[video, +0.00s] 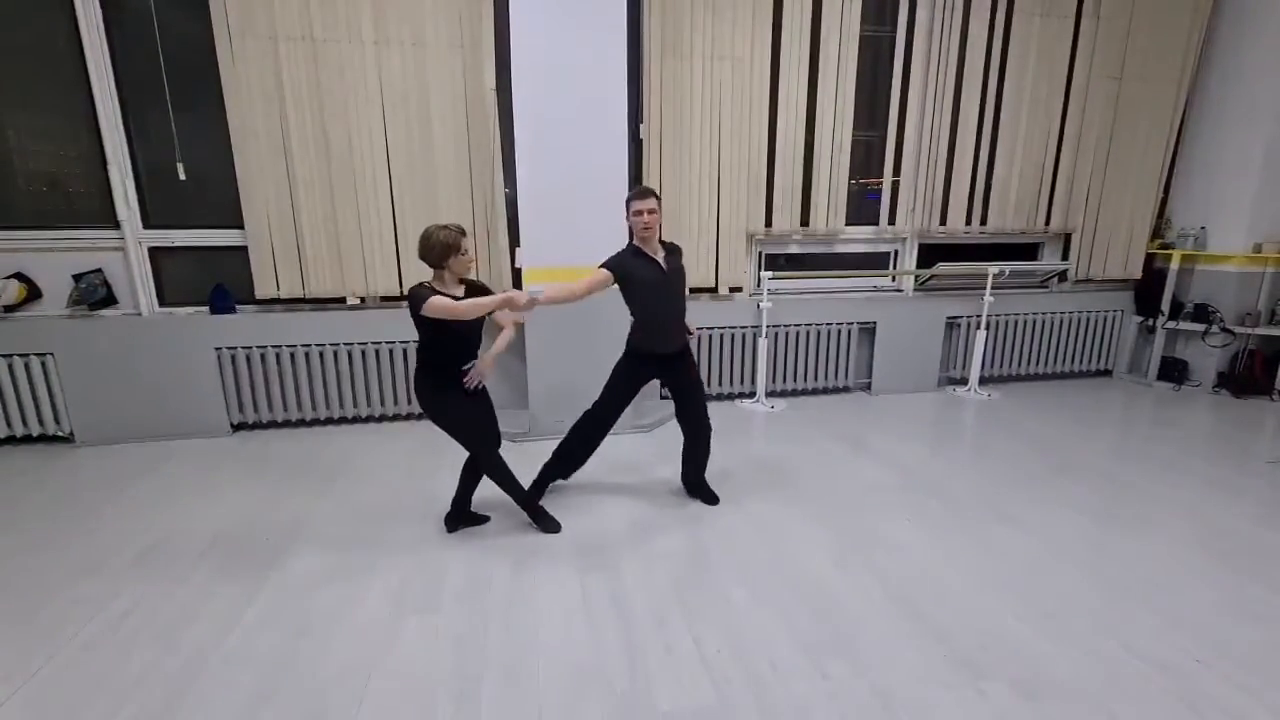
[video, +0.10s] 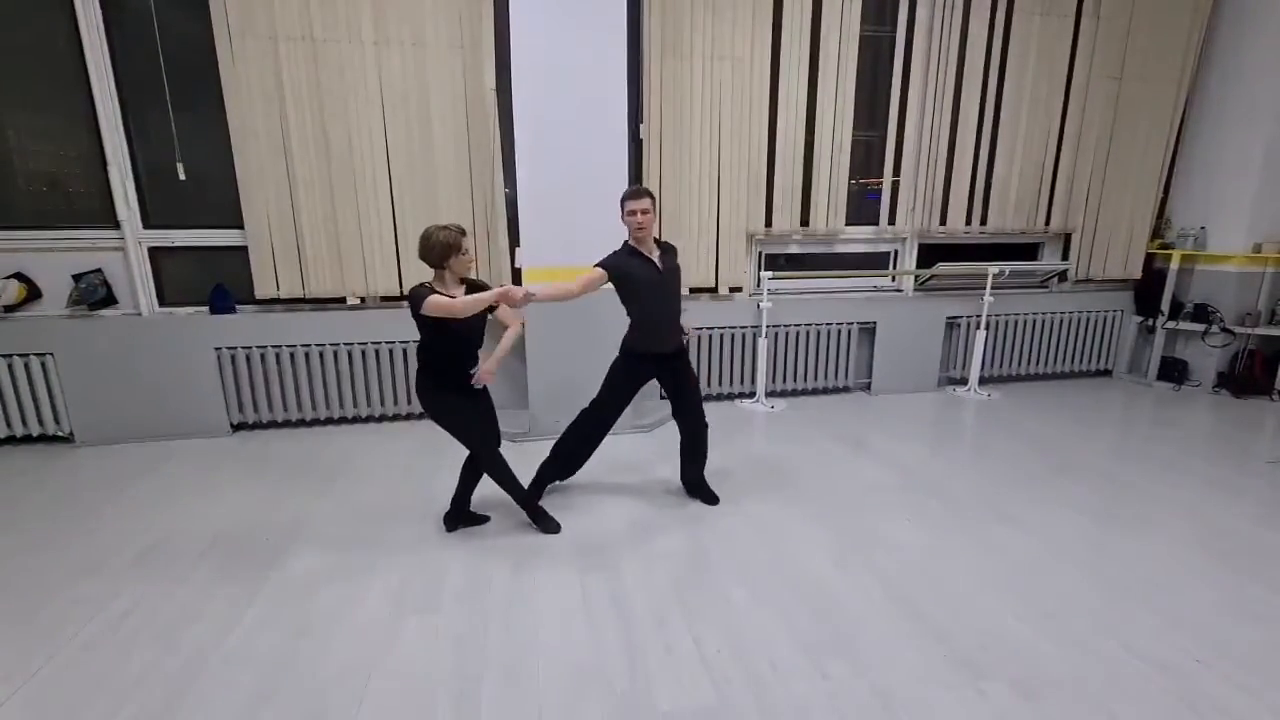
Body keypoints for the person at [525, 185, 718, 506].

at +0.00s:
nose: (645, 219)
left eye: (651, 213)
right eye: (637, 214)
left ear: (660, 216)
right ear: (628, 220)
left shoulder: (674, 253)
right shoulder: (623, 262)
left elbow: (670, 295)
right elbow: (580, 290)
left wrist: (682, 323)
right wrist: (534, 298)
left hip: (678, 353)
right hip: (641, 354)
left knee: (699, 426)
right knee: (601, 416)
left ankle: (694, 478)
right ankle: (547, 476)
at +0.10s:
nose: (639, 219)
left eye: (645, 212)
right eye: (632, 214)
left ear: (655, 215)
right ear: (623, 219)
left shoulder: (669, 252)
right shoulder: (619, 261)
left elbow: (664, 295)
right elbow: (577, 288)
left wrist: (676, 325)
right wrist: (531, 294)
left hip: (673, 352)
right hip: (638, 353)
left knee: (695, 423)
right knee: (599, 416)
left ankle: (694, 478)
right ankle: (546, 475)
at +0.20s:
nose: (630, 220)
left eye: (636, 212)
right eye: (623, 214)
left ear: (650, 214)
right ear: (617, 218)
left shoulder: (668, 251)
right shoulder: (614, 262)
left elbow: (673, 289)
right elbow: (582, 299)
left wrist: (687, 312)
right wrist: (543, 307)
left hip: (668, 351)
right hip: (633, 353)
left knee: (687, 418)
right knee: (595, 414)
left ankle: (693, 478)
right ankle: (544, 478)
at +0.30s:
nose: (616, 222)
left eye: (623, 214)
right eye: (612, 216)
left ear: (643, 214)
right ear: (610, 220)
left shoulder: (671, 251)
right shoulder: (611, 264)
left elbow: (693, 283)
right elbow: (594, 317)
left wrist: (699, 312)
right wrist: (566, 322)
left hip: (664, 351)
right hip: (626, 353)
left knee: (684, 418)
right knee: (591, 415)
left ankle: (692, 478)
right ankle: (541, 481)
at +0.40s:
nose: (607, 227)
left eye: (613, 219)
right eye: (604, 221)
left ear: (634, 217)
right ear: (604, 224)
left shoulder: (671, 252)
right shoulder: (608, 269)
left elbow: (701, 286)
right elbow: (602, 321)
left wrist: (699, 308)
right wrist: (588, 333)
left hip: (658, 353)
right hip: (618, 351)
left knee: (681, 418)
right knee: (582, 413)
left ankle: (692, 479)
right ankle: (543, 477)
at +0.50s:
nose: (604, 227)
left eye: (610, 219)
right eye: (601, 221)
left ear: (631, 218)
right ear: (602, 223)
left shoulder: (665, 255)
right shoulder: (604, 265)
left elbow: (695, 296)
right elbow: (586, 307)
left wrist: (677, 317)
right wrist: (578, 331)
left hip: (652, 352)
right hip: (611, 350)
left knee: (677, 416)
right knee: (573, 410)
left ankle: (691, 479)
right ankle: (533, 470)